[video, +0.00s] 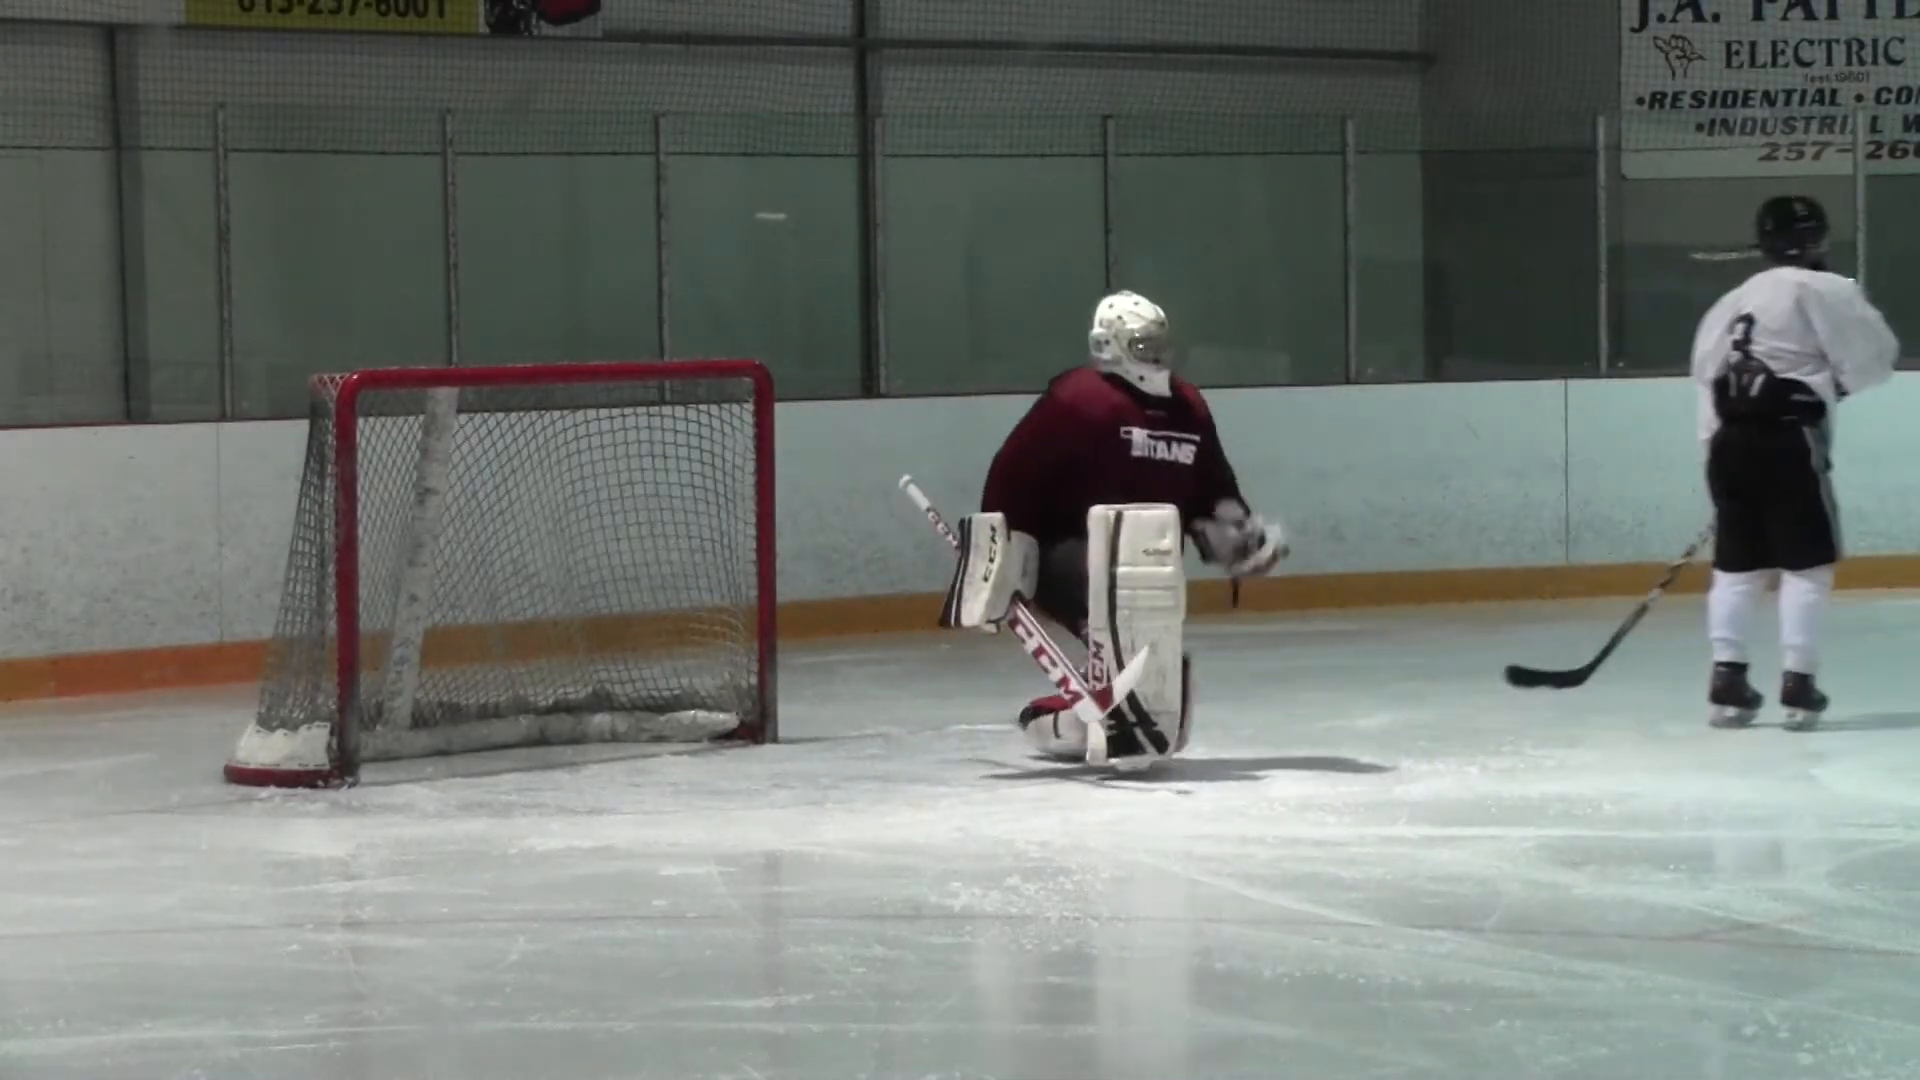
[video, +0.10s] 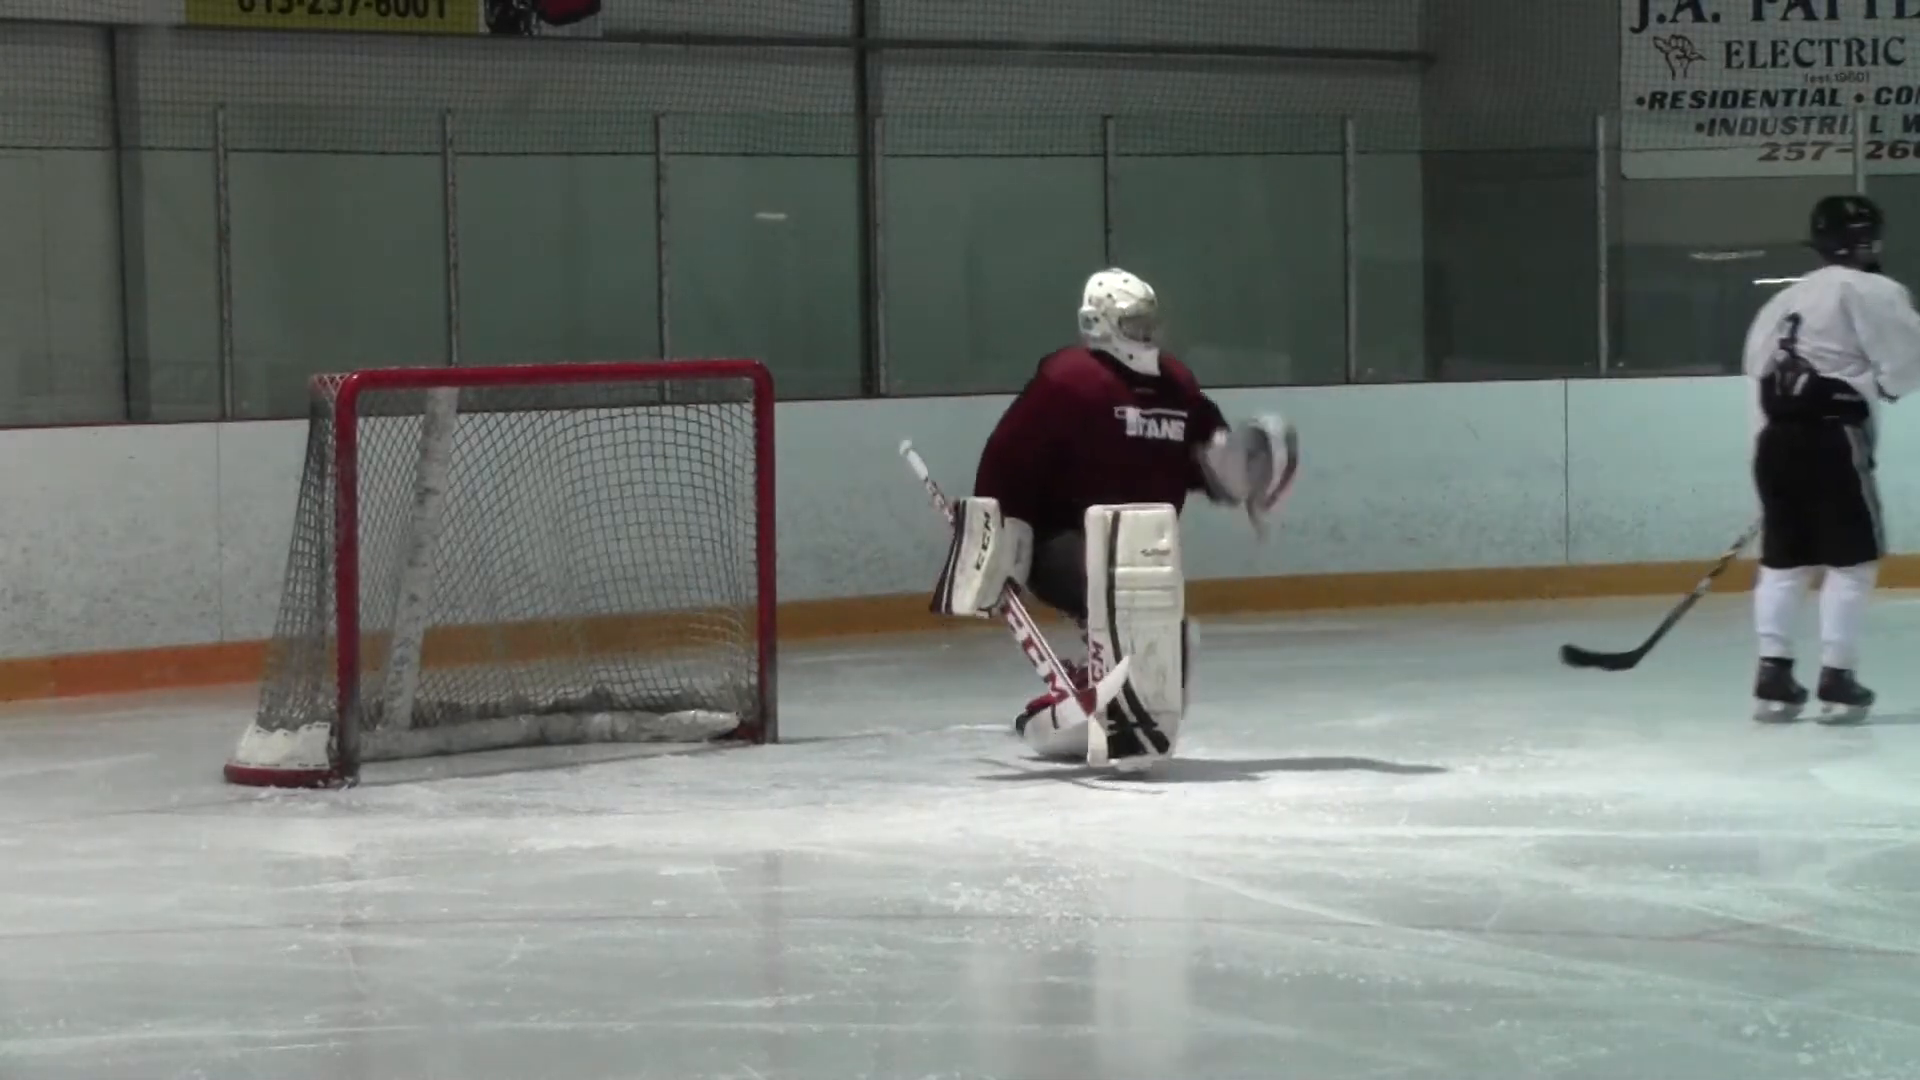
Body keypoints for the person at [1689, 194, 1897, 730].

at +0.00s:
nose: (1821, 248)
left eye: (1817, 238)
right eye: (1819, 239)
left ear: (1764, 243)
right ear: (1813, 240)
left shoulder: (1728, 303)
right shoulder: (1823, 289)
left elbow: (1708, 395)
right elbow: (1876, 357)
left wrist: (1714, 466)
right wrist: (1822, 385)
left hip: (1729, 450)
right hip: (1789, 449)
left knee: (1735, 564)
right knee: (1806, 564)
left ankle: (1726, 679)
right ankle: (1798, 683)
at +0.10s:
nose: (1879, 247)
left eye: (1876, 238)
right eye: (1874, 239)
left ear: (1821, 242)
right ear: (1862, 241)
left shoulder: (1784, 298)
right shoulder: (1874, 291)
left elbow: (1757, 373)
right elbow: (1906, 371)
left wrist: (1763, 449)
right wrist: (1863, 383)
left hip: (1776, 443)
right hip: (1834, 444)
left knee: (1782, 560)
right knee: (1851, 559)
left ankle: (1772, 674)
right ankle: (1836, 677)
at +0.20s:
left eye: (1917, 241)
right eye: (1918, 242)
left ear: (1878, 244)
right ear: (1909, 244)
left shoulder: (1835, 302)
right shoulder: (1907, 288)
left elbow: (1814, 391)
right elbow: (1913, 366)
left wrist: (1818, 481)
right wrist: (1899, 403)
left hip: (1827, 441)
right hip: (1882, 439)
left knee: (1836, 556)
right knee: (1900, 558)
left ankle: (1820, 670)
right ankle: (1886, 671)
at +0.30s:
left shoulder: (1899, 304)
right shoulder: (1904, 305)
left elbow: (1880, 382)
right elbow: (1886, 387)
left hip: (1891, 441)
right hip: (1900, 442)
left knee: (1893, 553)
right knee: (1895, 554)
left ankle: (1877, 656)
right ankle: (1876, 656)